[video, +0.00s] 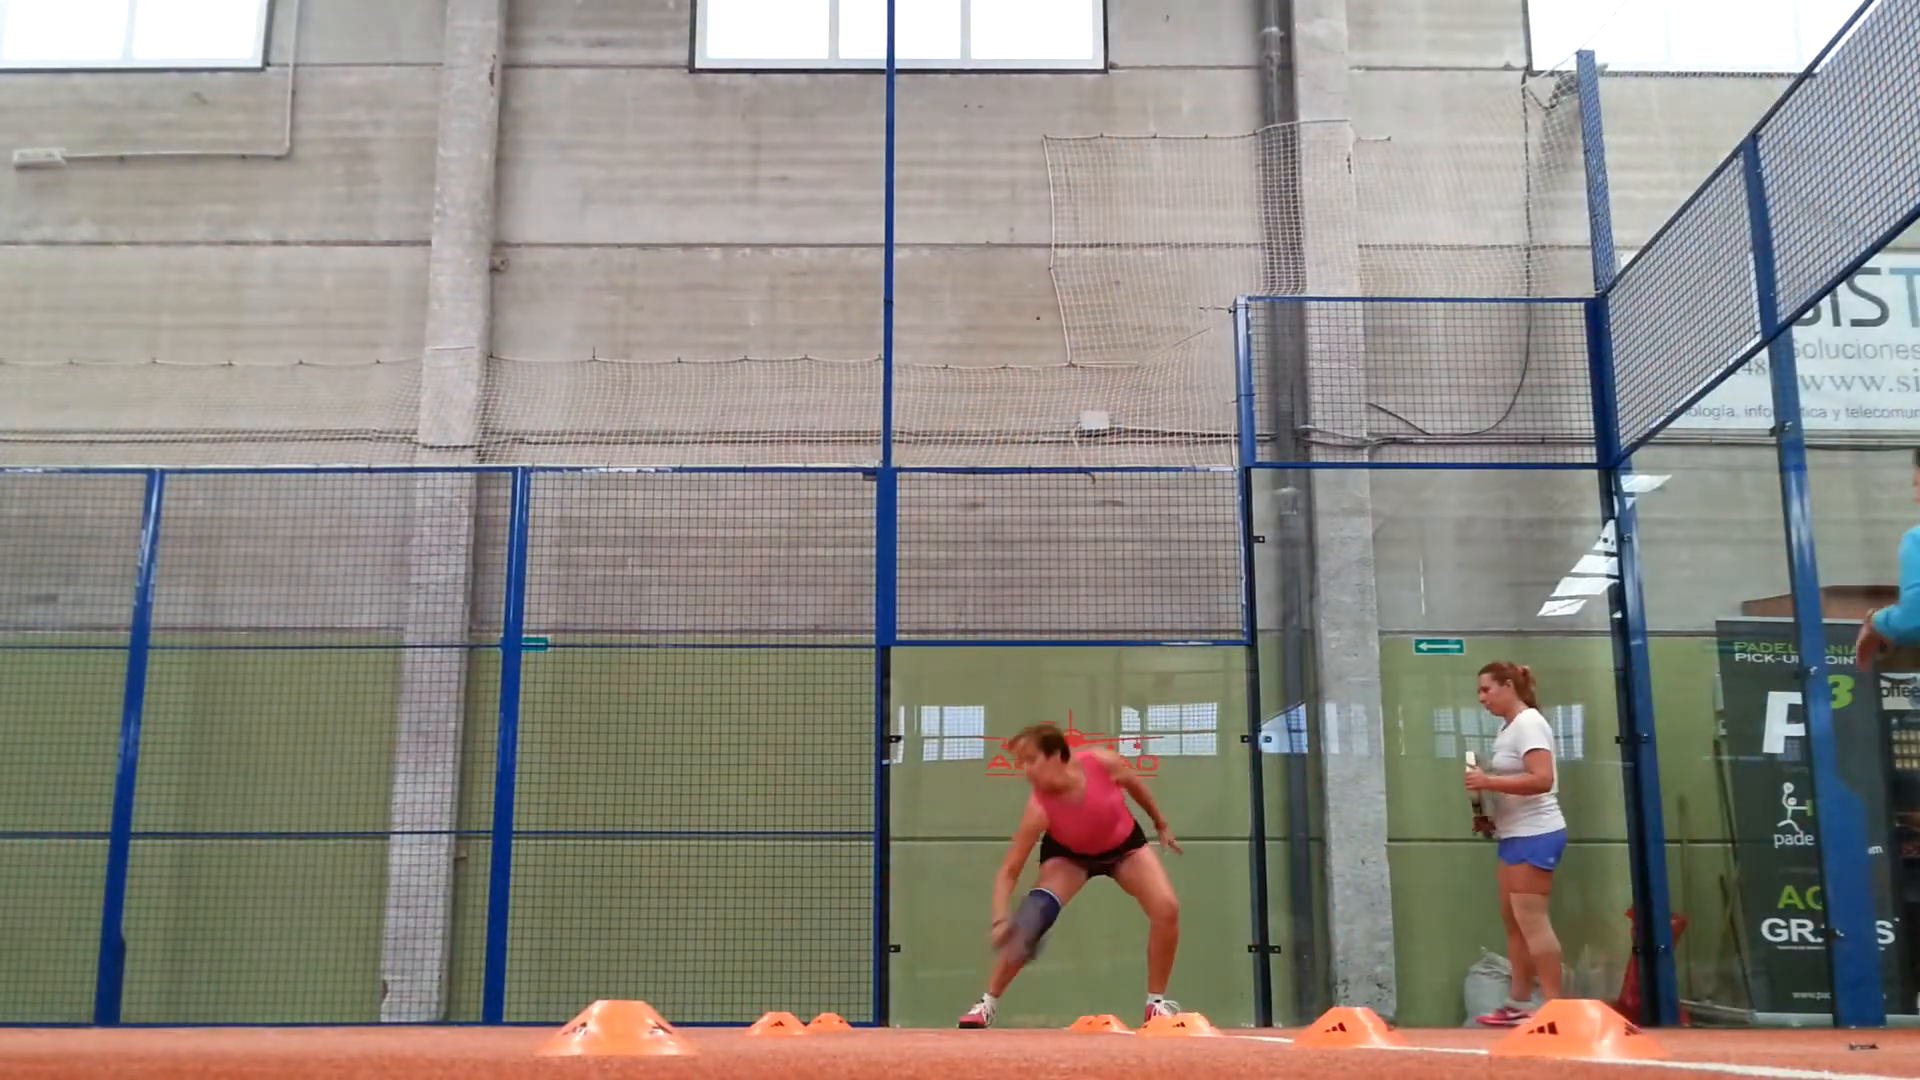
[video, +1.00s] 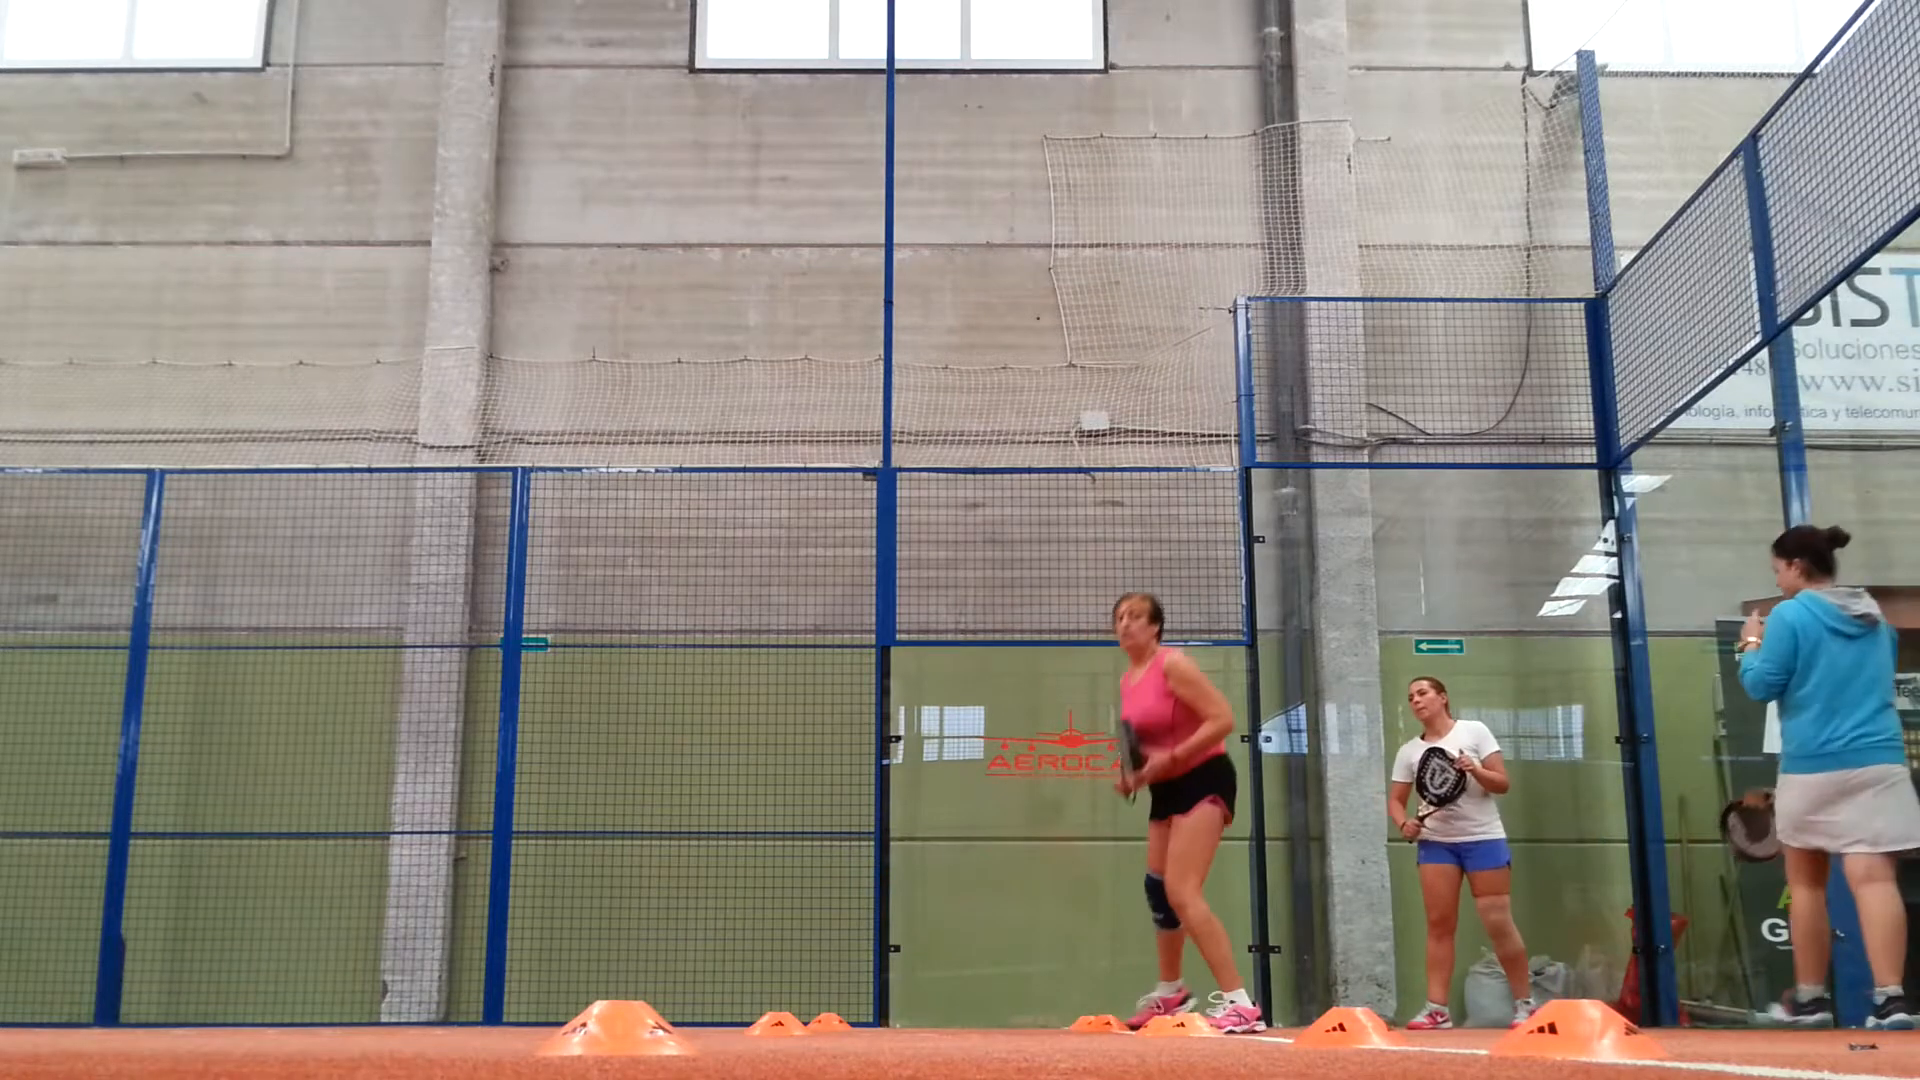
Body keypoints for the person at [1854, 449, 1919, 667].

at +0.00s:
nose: (1916, 495)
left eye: (1917, 485)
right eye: (1916, 484)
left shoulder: (1914, 542)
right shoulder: (1912, 541)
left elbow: (1913, 620)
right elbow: (1913, 619)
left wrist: (1877, 622)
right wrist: (1879, 623)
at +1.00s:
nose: (1775, 578)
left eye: (1777, 570)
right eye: (1775, 570)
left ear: (1796, 567)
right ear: (1824, 567)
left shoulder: (1790, 614)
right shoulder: (1874, 616)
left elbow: (1761, 685)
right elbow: (1883, 682)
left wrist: (1749, 646)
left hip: (1811, 765)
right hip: (1878, 758)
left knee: (1805, 880)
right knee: (1876, 878)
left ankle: (1809, 998)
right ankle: (1891, 1000)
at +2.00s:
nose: (1675, 645)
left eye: (1677, 637)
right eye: (1674, 638)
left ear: (1697, 632)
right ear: (1715, 633)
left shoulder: (1692, 670)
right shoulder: (1764, 674)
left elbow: (1661, 727)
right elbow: (1785, 749)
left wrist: (1664, 682)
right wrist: (1796, 812)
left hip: (1709, 805)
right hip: (1767, 802)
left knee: (1696, 901)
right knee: (1751, 902)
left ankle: (1737, 957)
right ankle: (1752, 1009)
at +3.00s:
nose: (1622, 673)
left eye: (1630, 665)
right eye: (1620, 667)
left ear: (1652, 668)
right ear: (1622, 671)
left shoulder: (1656, 705)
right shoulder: (1645, 708)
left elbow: (1636, 766)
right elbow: (1623, 776)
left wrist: (1612, 787)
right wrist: (1611, 830)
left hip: (1663, 819)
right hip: (1660, 819)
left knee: (1665, 914)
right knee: (1666, 915)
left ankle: (1678, 1008)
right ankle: (1674, 1006)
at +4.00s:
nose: (1654, 677)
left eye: (1661, 670)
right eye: (1648, 672)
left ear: (1676, 676)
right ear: (1640, 680)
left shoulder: (1698, 715)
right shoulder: (1633, 724)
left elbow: (1717, 766)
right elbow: (1633, 767)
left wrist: (1663, 770)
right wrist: (1629, 815)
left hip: (1701, 828)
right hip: (1653, 830)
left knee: (1703, 917)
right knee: (1660, 913)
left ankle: (1710, 1003)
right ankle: (1674, 1006)